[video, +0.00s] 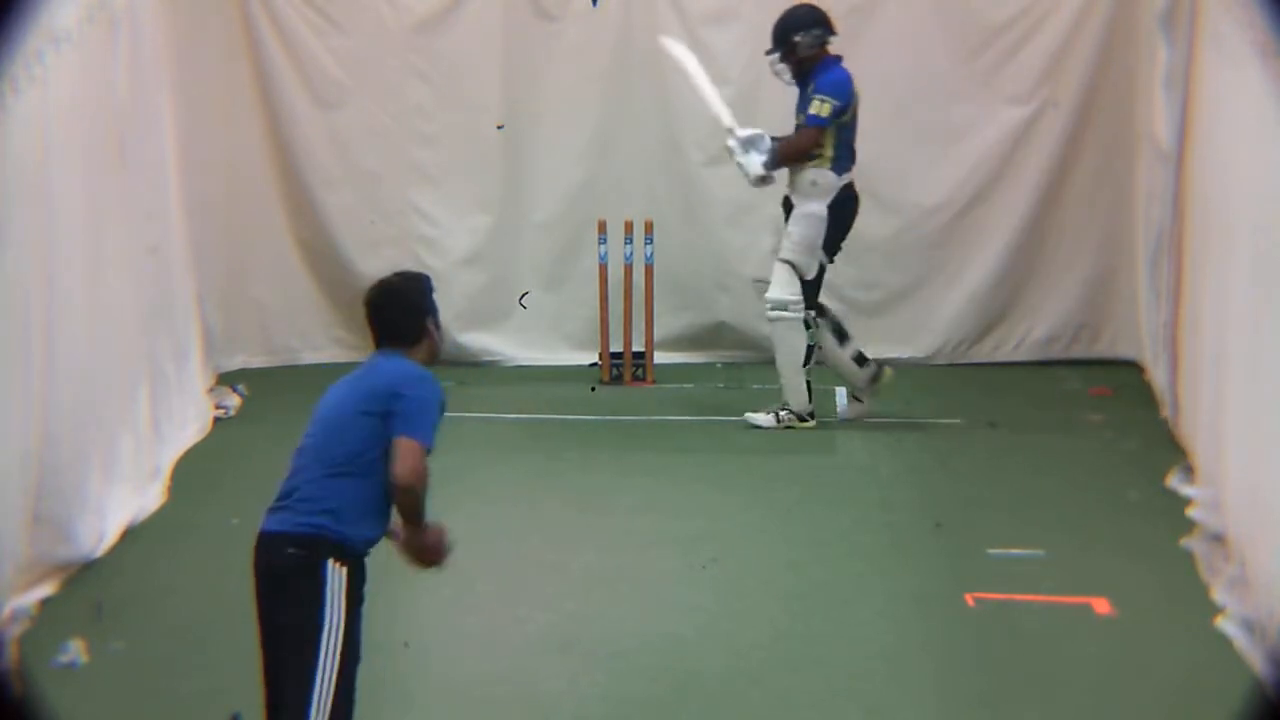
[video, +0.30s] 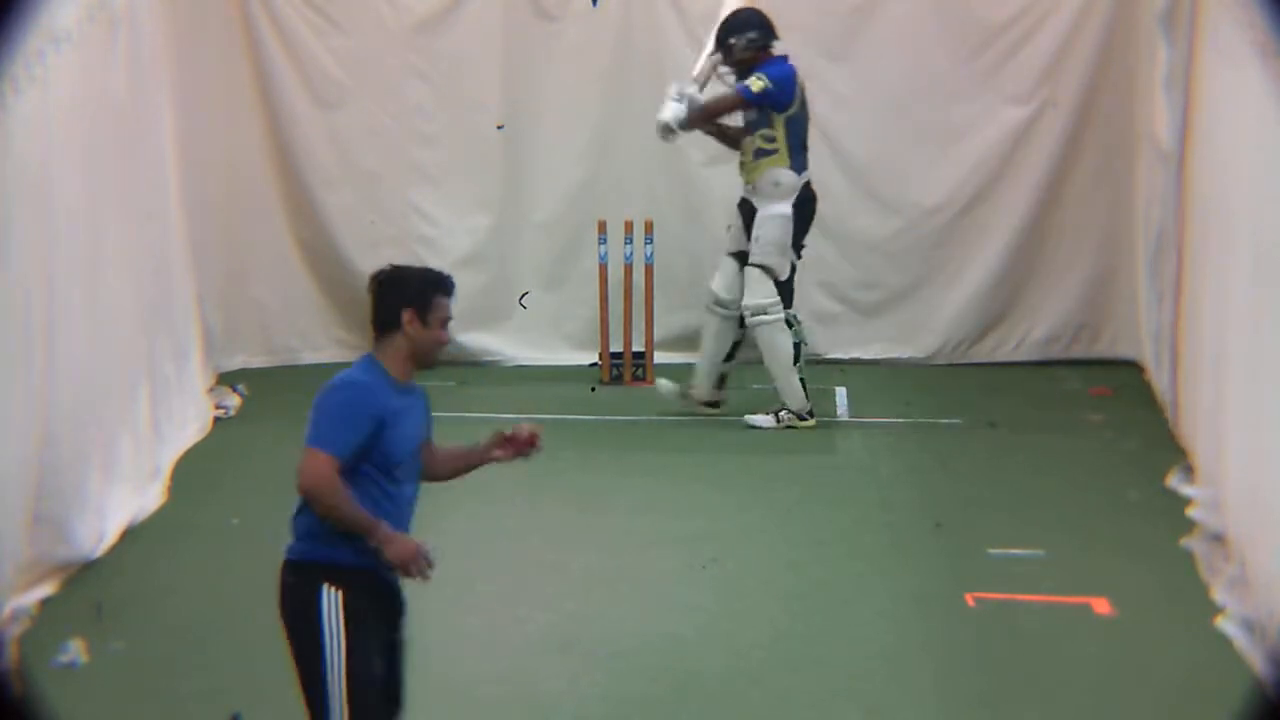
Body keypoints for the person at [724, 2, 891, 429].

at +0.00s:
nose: (782, 61)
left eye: (786, 52)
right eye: (781, 54)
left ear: (806, 45)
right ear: (811, 46)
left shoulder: (831, 82)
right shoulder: (815, 81)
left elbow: (809, 142)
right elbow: (807, 139)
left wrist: (767, 161)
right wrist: (767, 143)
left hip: (824, 200)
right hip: (807, 197)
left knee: (784, 300)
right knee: (796, 300)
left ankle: (797, 409)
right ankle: (863, 375)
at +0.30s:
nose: (728, 63)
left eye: (731, 53)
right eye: (726, 56)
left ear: (752, 45)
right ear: (755, 45)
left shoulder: (777, 74)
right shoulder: (760, 81)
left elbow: (716, 108)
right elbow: (747, 140)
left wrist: (681, 117)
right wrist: (700, 119)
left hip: (784, 204)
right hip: (757, 201)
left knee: (761, 300)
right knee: (726, 293)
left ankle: (797, 409)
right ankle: (705, 392)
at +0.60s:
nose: (685, 61)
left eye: (689, 54)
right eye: (680, 56)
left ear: (708, 48)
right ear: (688, 57)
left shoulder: (741, 75)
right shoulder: (699, 97)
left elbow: (695, 61)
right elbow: (691, 162)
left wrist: (649, 78)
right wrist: (650, 136)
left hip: (734, 201)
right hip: (700, 201)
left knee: (703, 295)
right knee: (669, 296)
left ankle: (780, 390)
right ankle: (688, 399)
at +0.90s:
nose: (664, 58)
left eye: (666, 49)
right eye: (661, 52)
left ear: (685, 41)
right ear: (668, 50)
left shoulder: (722, 68)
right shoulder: (666, 88)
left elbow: (735, 85)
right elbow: (644, 146)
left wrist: (683, 78)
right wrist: (633, 110)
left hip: (710, 195)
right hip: (673, 195)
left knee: (676, 289)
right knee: (654, 291)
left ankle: (728, 386)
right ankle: (686, 396)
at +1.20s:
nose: (681, 44)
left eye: (690, 35)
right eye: (673, 36)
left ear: (706, 35)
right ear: (661, 39)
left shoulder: (727, 77)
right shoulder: (662, 83)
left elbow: (751, 130)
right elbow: (644, 148)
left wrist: (701, 126)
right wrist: (652, 118)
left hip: (705, 196)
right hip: (668, 196)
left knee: (683, 289)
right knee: (667, 294)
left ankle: (745, 388)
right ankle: (686, 397)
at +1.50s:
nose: (700, 47)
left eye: (709, 40)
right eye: (692, 39)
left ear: (725, 40)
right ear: (683, 39)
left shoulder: (738, 83)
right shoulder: (678, 88)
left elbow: (752, 142)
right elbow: (670, 145)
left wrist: (699, 157)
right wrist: (659, 139)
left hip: (719, 200)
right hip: (679, 199)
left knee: (714, 296)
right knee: (671, 298)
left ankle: (749, 402)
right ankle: (686, 398)